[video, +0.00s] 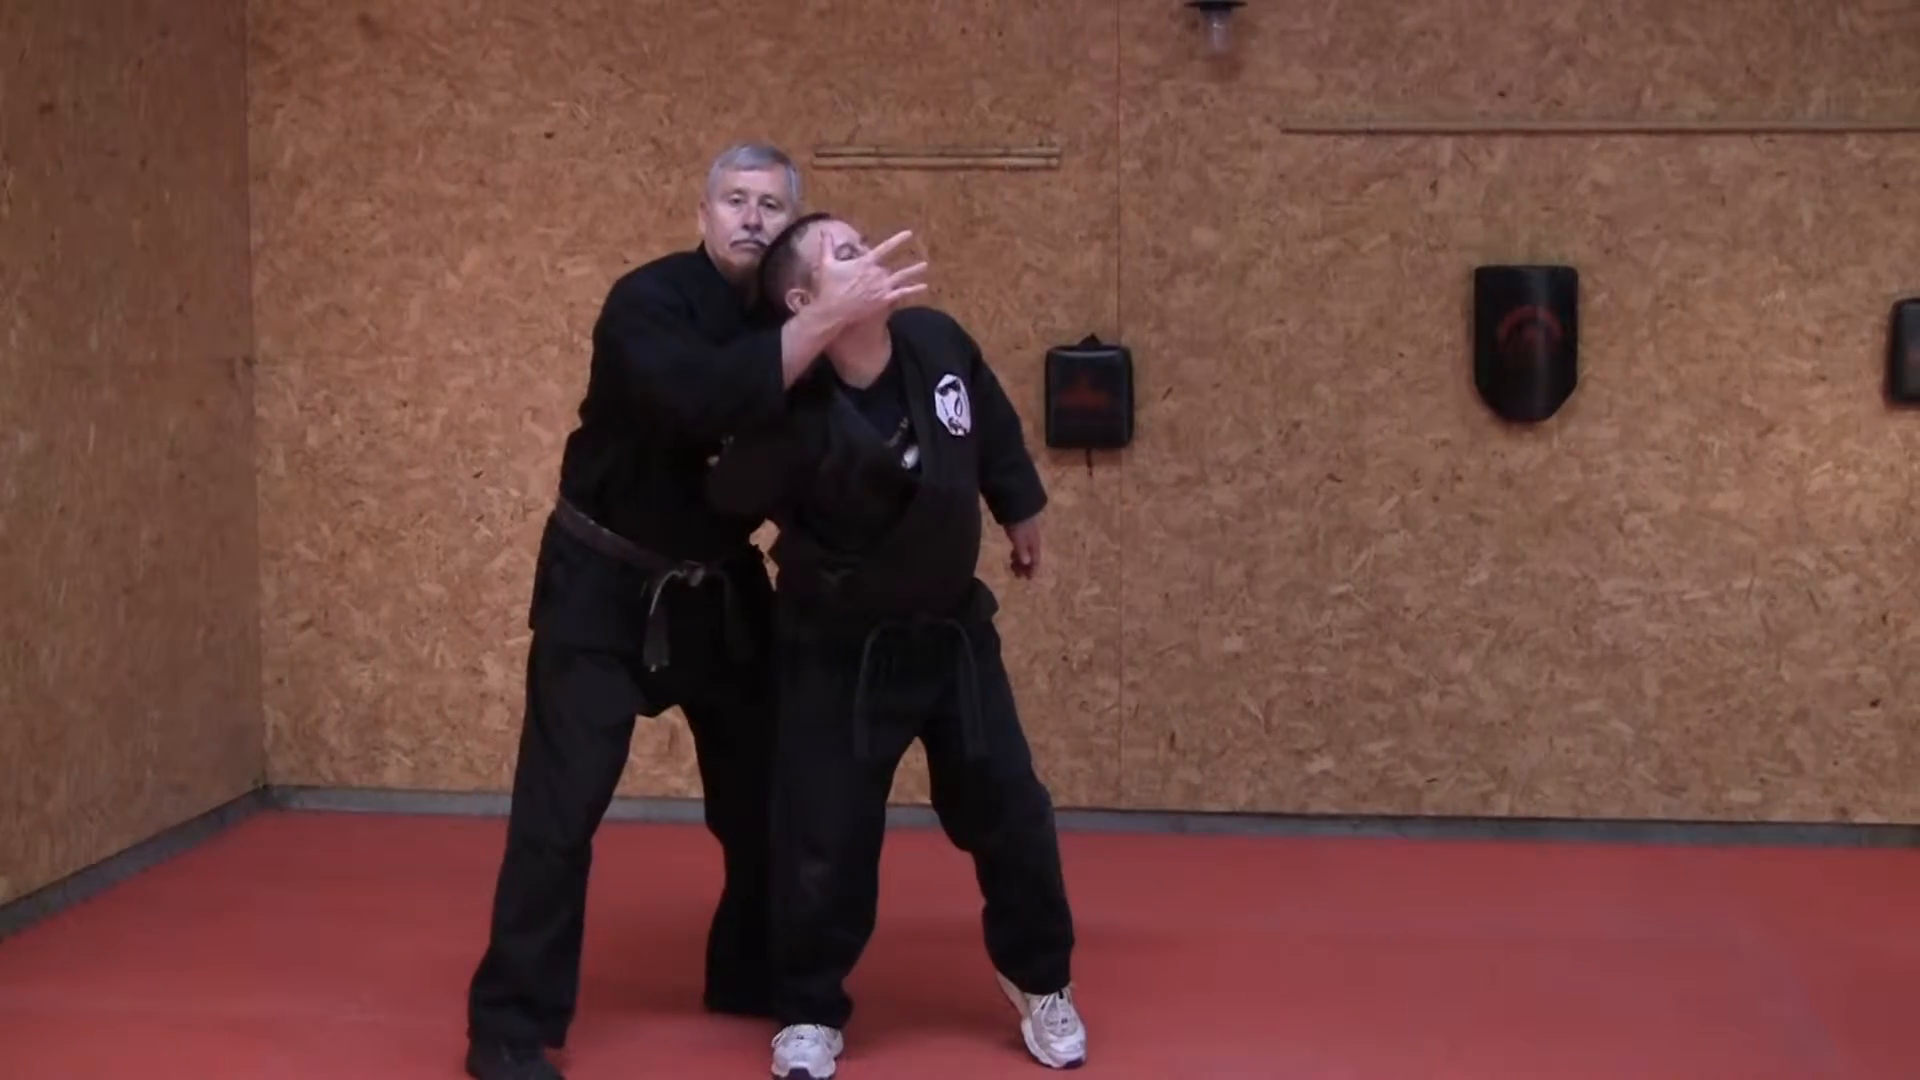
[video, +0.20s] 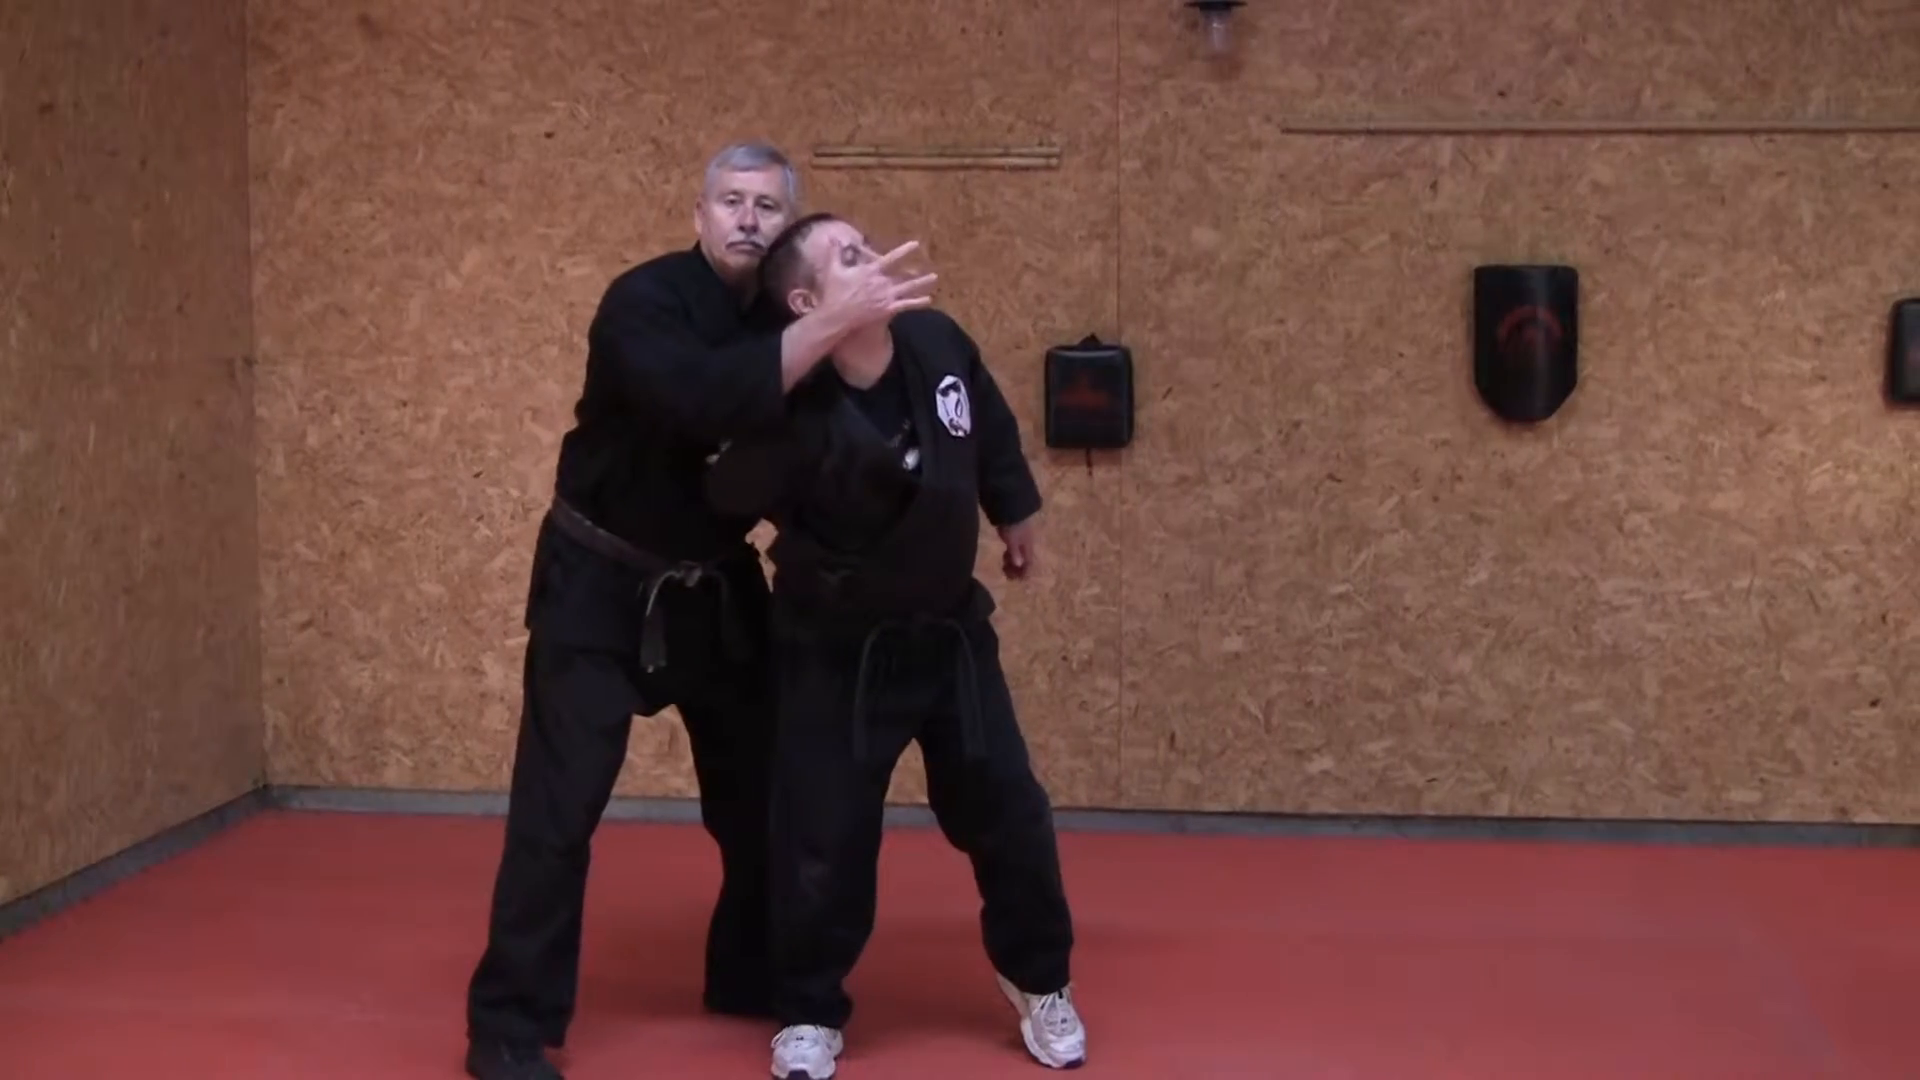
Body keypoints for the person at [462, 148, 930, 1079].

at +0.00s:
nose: (752, 216)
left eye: (771, 205)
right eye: (736, 199)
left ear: (792, 224)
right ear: (701, 210)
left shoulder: (790, 308)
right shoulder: (643, 303)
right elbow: (697, 399)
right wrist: (824, 318)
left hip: (719, 576)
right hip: (604, 573)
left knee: (762, 790)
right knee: (560, 811)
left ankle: (752, 977)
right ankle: (514, 1032)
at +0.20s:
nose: (750, 217)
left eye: (768, 206)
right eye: (734, 200)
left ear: (787, 226)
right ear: (699, 213)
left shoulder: (789, 309)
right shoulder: (639, 303)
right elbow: (694, 400)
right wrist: (826, 324)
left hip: (715, 577)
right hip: (600, 573)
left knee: (760, 790)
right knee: (559, 812)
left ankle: (751, 978)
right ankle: (513, 1035)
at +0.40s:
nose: (745, 219)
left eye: (763, 207)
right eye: (728, 202)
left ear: (784, 227)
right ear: (694, 214)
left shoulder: (792, 312)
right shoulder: (635, 303)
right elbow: (690, 401)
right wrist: (832, 330)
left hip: (712, 578)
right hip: (595, 573)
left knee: (757, 788)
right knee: (557, 810)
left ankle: (749, 979)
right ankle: (512, 1036)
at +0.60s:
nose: (742, 219)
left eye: (761, 207)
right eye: (725, 202)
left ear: (782, 229)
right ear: (692, 215)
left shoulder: (783, 329)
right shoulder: (630, 305)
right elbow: (678, 403)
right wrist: (828, 355)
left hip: (710, 579)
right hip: (591, 575)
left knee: (754, 791)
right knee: (555, 813)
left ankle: (748, 980)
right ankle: (511, 1037)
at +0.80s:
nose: (742, 219)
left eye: (761, 207)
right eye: (726, 202)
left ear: (782, 228)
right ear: (693, 212)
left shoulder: (785, 347)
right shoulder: (628, 305)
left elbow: (823, 471)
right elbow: (639, 426)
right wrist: (792, 420)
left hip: (707, 577)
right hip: (589, 571)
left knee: (750, 790)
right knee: (552, 811)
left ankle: (746, 980)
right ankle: (511, 1036)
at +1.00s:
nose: (743, 219)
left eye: (763, 206)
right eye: (727, 201)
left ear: (785, 225)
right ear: (695, 211)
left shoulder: (795, 352)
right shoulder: (626, 305)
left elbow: (820, 478)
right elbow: (585, 454)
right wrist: (717, 512)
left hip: (716, 589)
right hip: (592, 578)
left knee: (753, 795)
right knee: (551, 815)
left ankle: (747, 973)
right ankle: (509, 1034)